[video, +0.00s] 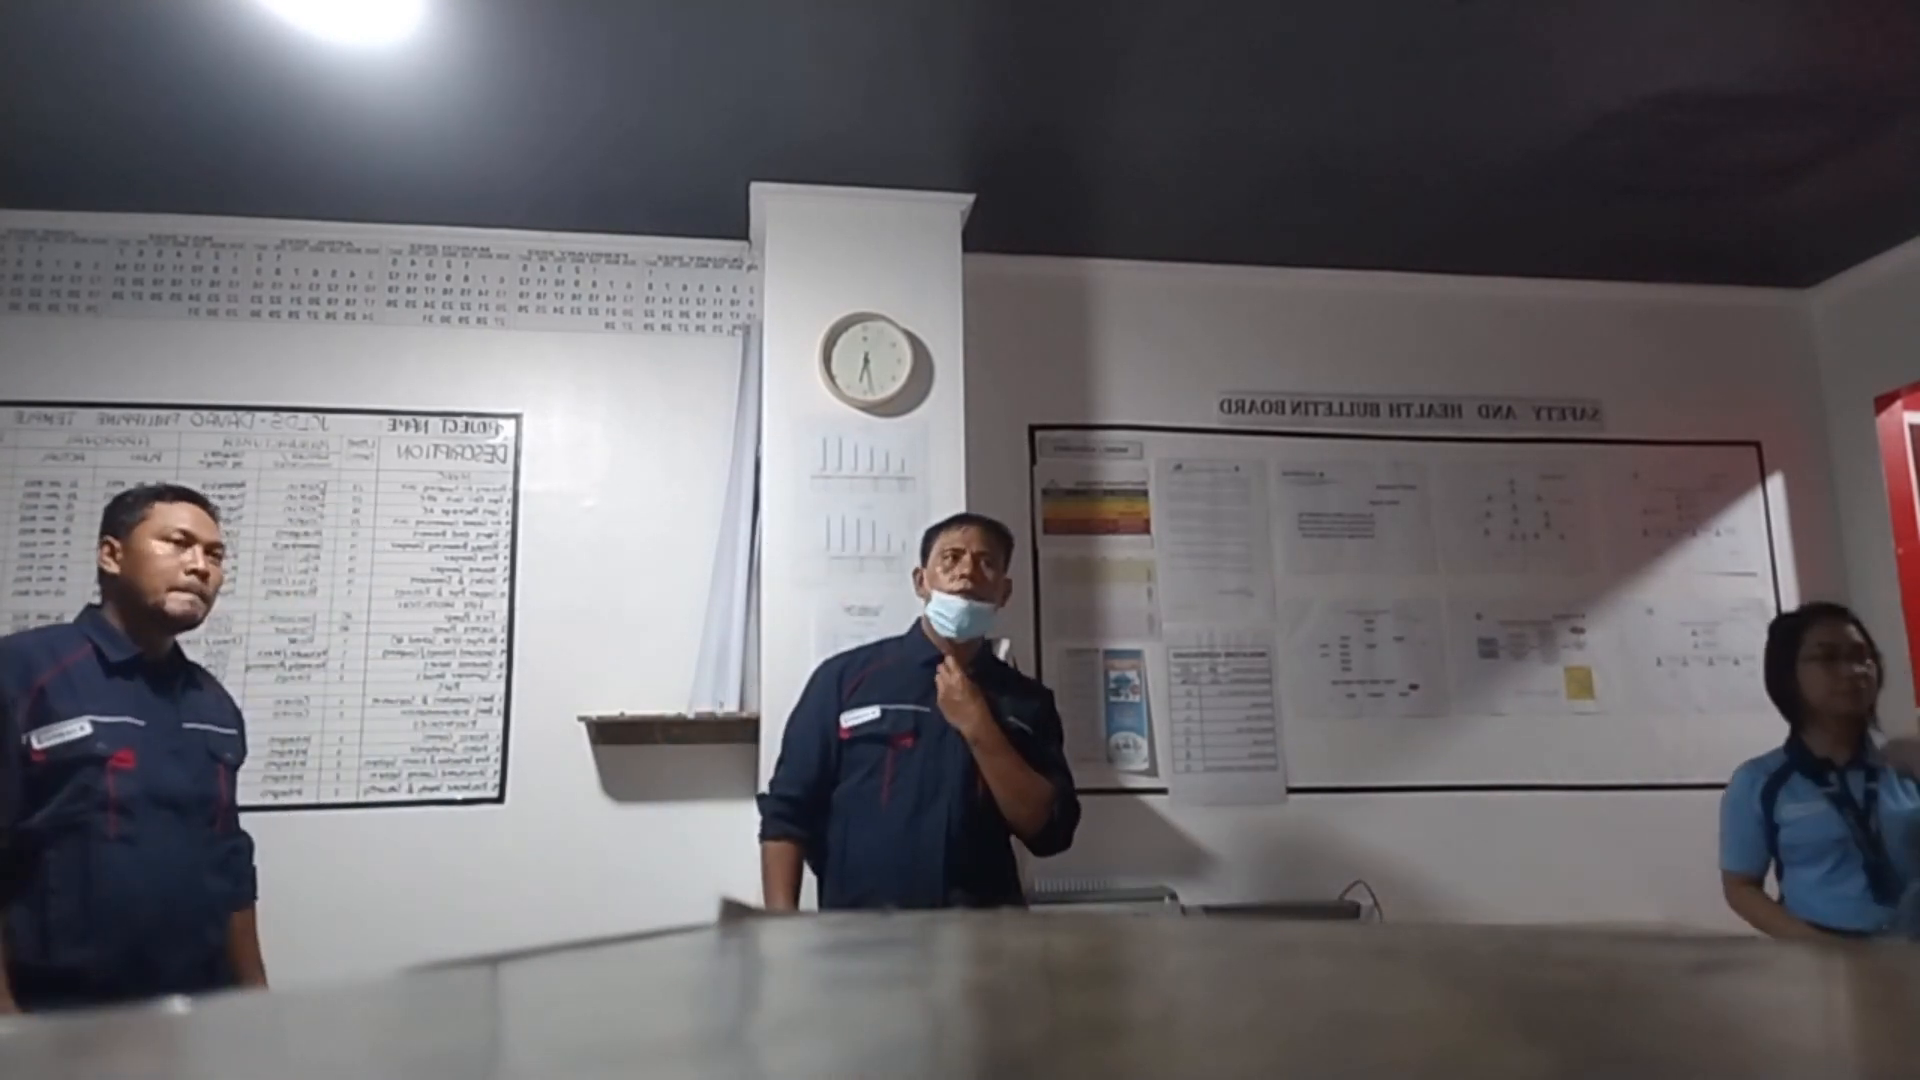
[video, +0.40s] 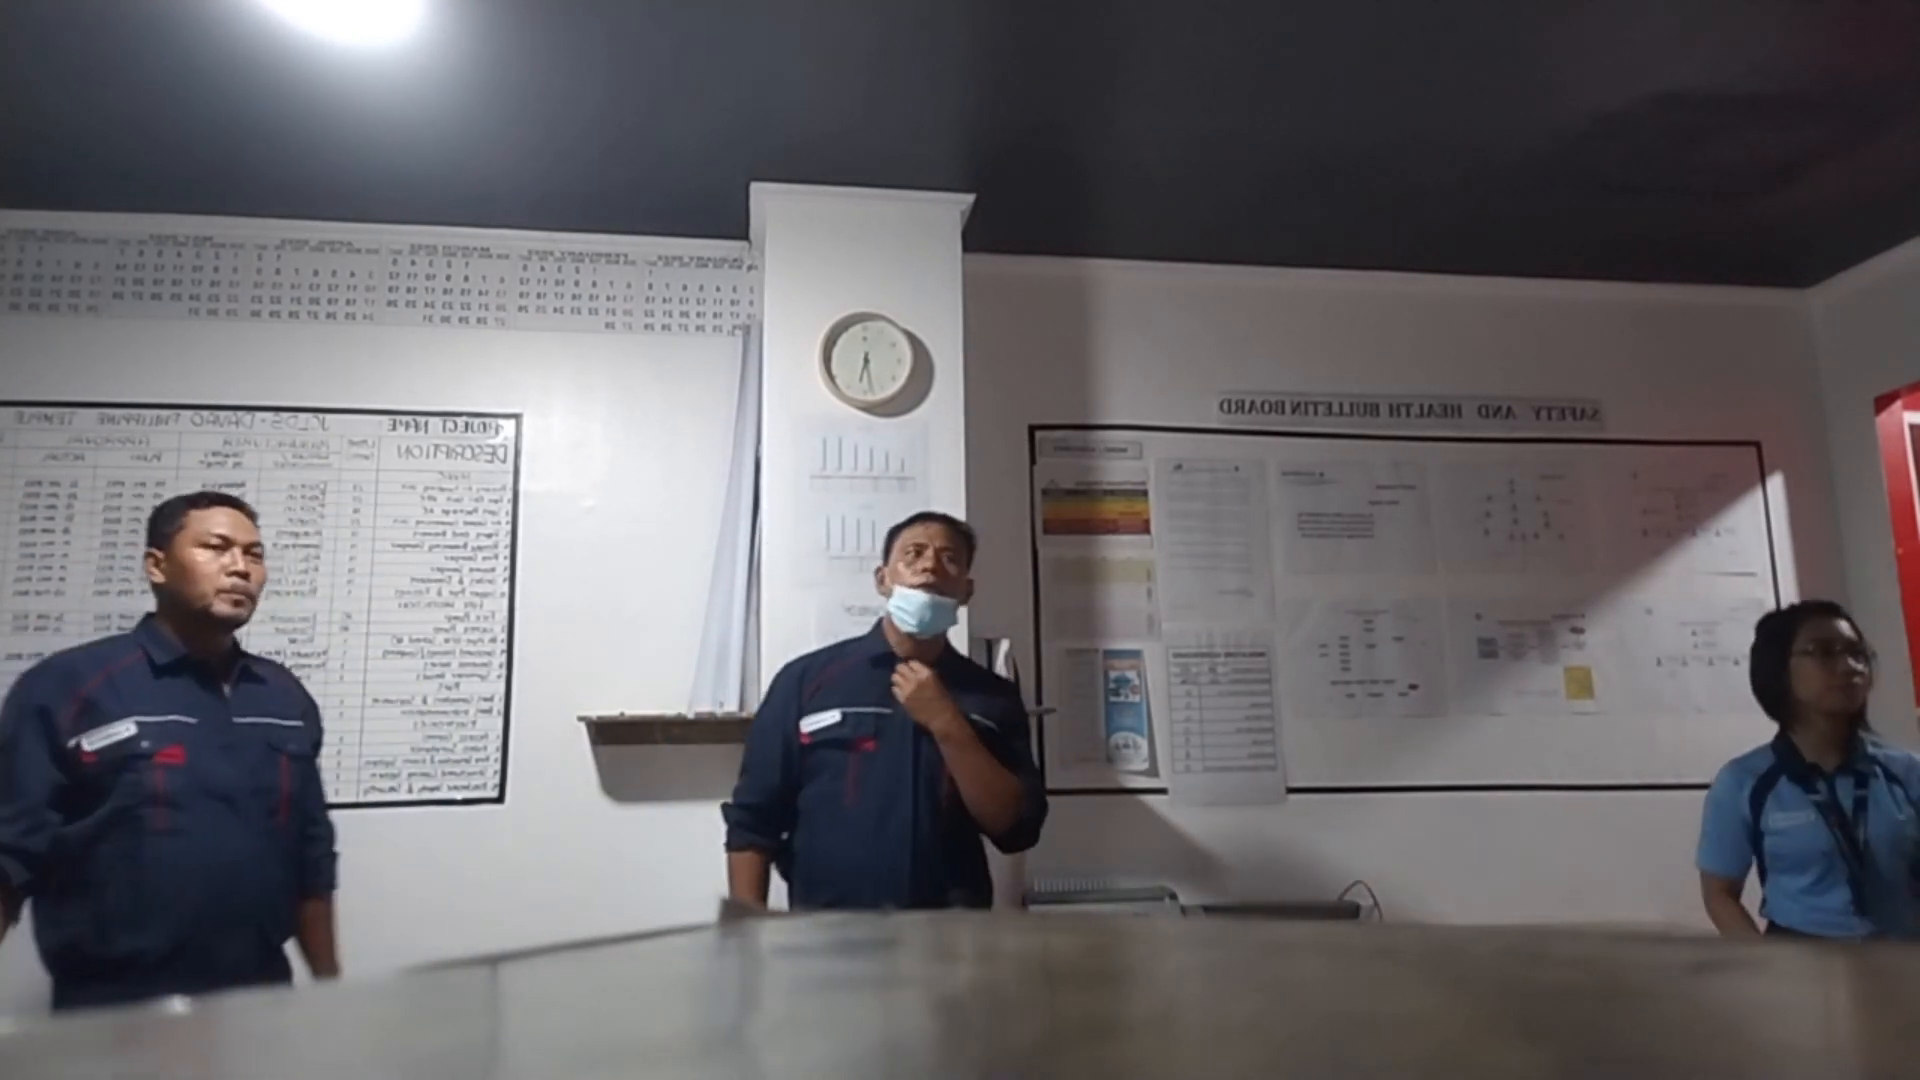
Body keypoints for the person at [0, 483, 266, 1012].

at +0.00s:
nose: (200, 565)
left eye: (214, 553)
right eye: (177, 542)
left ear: (222, 577)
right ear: (112, 555)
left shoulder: (218, 708)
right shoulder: (21, 669)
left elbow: (228, 866)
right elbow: (9, 849)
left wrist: (256, 1004)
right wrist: (8, 1013)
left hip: (193, 1019)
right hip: (55, 1019)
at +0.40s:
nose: (240, 567)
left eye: (254, 554)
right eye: (215, 547)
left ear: (265, 573)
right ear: (157, 566)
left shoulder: (286, 699)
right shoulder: (58, 693)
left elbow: (309, 857)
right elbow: (10, 866)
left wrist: (330, 989)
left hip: (255, 1009)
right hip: (110, 1014)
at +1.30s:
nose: (362, 586)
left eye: (378, 577)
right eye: (344, 567)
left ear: (388, 599)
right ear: (295, 578)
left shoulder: (403, 718)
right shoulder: (197, 686)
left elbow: (414, 878)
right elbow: (125, 842)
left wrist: (425, 1001)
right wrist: (69, 982)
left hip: (339, 998)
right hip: (202, 997)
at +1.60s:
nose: (356, 589)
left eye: (372, 579)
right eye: (338, 568)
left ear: (379, 601)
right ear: (286, 577)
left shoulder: (379, 723)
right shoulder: (177, 685)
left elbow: (401, 883)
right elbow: (115, 847)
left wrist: (432, 1000)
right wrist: (110, 992)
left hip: (320, 1011)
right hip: (186, 1009)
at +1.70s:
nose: (343, 582)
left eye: (358, 573)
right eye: (325, 562)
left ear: (364, 594)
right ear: (270, 572)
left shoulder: (367, 718)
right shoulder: (163, 681)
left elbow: (384, 873)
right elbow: (107, 848)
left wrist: (420, 992)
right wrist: (105, 996)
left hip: (312, 1012)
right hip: (175, 1010)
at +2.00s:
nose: (269, 569)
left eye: (283, 557)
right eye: (246, 549)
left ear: (295, 580)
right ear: (191, 567)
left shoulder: (306, 703)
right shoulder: (92, 685)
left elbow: (324, 868)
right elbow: (43, 864)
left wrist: (344, 1000)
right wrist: (28, 1026)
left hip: (264, 1012)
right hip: (123, 1014)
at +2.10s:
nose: (245, 564)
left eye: (259, 551)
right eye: (220, 545)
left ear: (270, 571)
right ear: (163, 563)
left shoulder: (283, 702)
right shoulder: (64, 686)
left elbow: (294, 862)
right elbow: (19, 868)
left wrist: (314, 1000)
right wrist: (9, 1019)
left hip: (240, 1013)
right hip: (97, 1016)